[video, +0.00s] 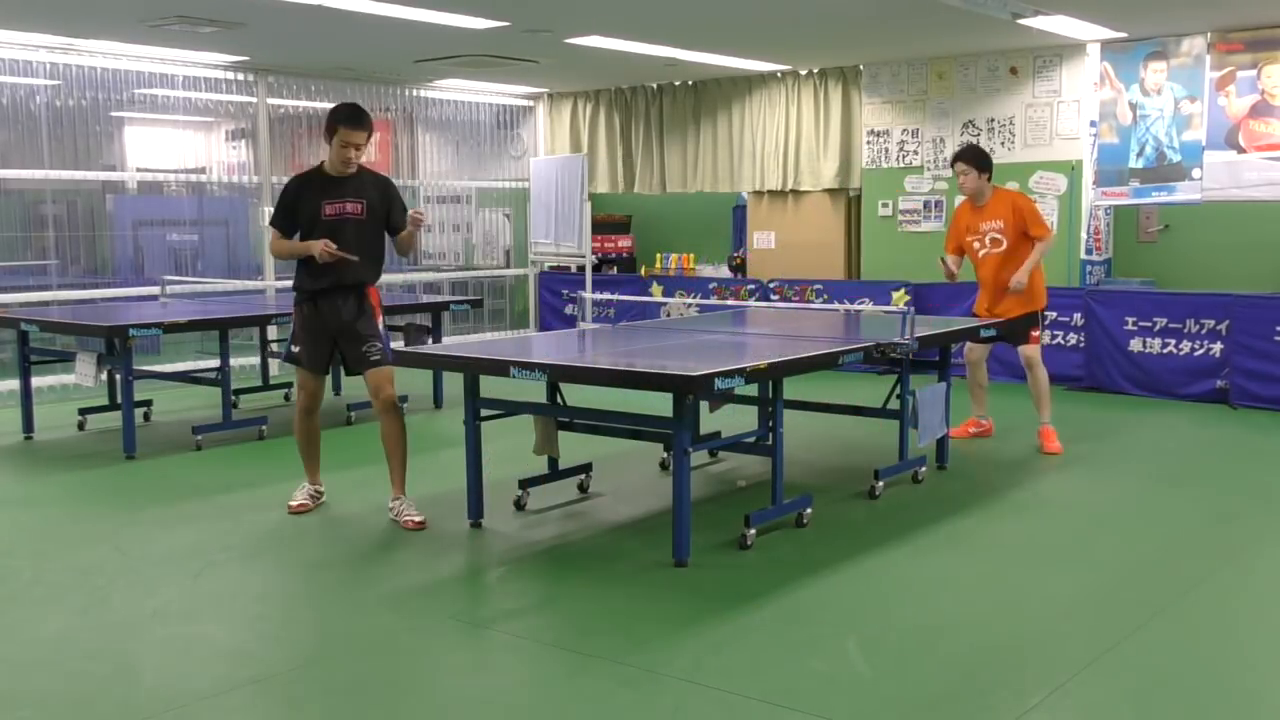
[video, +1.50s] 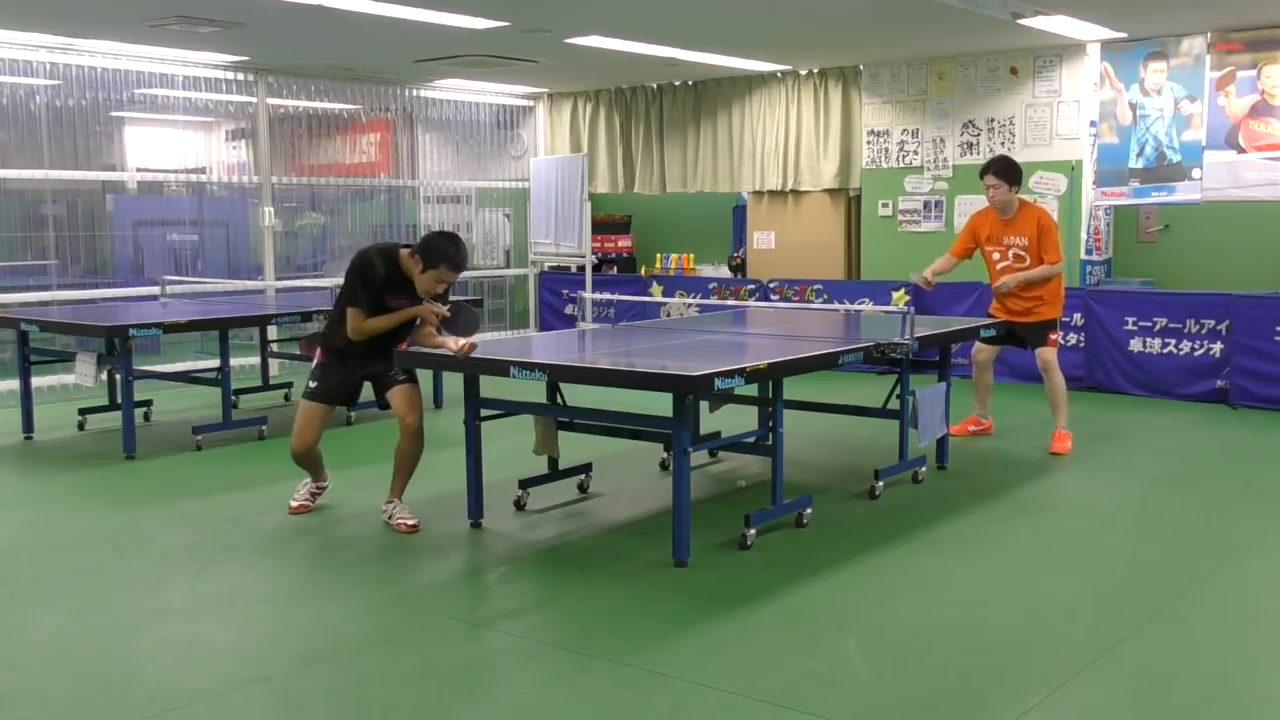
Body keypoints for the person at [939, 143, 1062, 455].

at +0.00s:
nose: (959, 180)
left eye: (965, 173)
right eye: (957, 175)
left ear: (984, 174)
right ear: (958, 178)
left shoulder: (1016, 202)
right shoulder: (962, 213)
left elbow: (1045, 237)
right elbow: (954, 255)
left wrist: (1025, 271)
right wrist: (950, 269)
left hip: (1024, 298)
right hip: (988, 299)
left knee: (1030, 357)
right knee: (973, 355)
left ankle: (1046, 426)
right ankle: (980, 420)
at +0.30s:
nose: (963, 179)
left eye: (968, 172)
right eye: (961, 174)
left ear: (988, 173)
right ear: (963, 178)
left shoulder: (1020, 200)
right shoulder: (967, 215)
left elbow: (1054, 232)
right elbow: (961, 256)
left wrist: (1040, 269)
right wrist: (951, 272)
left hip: (1028, 293)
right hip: (993, 298)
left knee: (1039, 357)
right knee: (979, 355)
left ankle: (1061, 427)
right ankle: (981, 421)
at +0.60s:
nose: (995, 176)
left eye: (1002, 170)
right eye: (993, 170)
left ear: (1021, 173)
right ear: (993, 174)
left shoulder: (1047, 207)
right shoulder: (991, 211)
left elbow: (1070, 248)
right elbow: (988, 252)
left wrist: (1038, 271)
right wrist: (972, 275)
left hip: (1048, 302)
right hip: (1013, 302)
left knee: (1050, 361)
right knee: (996, 357)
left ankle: (1062, 429)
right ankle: (984, 420)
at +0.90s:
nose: (1006, 183)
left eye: (1012, 178)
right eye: (1003, 178)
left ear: (1030, 179)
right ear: (1000, 179)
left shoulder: (1053, 212)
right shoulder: (991, 213)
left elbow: (1068, 257)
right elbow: (966, 250)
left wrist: (1033, 271)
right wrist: (966, 282)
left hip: (1047, 306)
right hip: (1008, 305)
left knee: (1049, 361)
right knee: (988, 356)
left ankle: (1062, 429)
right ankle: (981, 418)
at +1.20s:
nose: (1000, 190)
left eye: (1006, 183)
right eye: (996, 184)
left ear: (1022, 183)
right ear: (992, 183)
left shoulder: (1044, 216)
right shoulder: (984, 215)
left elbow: (1054, 264)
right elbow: (944, 250)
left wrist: (1017, 272)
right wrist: (958, 279)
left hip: (1038, 308)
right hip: (997, 307)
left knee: (1046, 361)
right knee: (975, 356)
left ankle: (1061, 429)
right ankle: (981, 418)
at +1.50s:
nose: (989, 194)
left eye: (995, 188)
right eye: (986, 188)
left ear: (1014, 187)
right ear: (984, 188)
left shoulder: (1039, 218)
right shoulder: (980, 221)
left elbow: (1055, 266)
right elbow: (954, 256)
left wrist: (1019, 277)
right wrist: (931, 271)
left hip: (1042, 307)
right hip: (1003, 306)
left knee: (1047, 361)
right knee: (980, 356)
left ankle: (1062, 429)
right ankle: (981, 419)